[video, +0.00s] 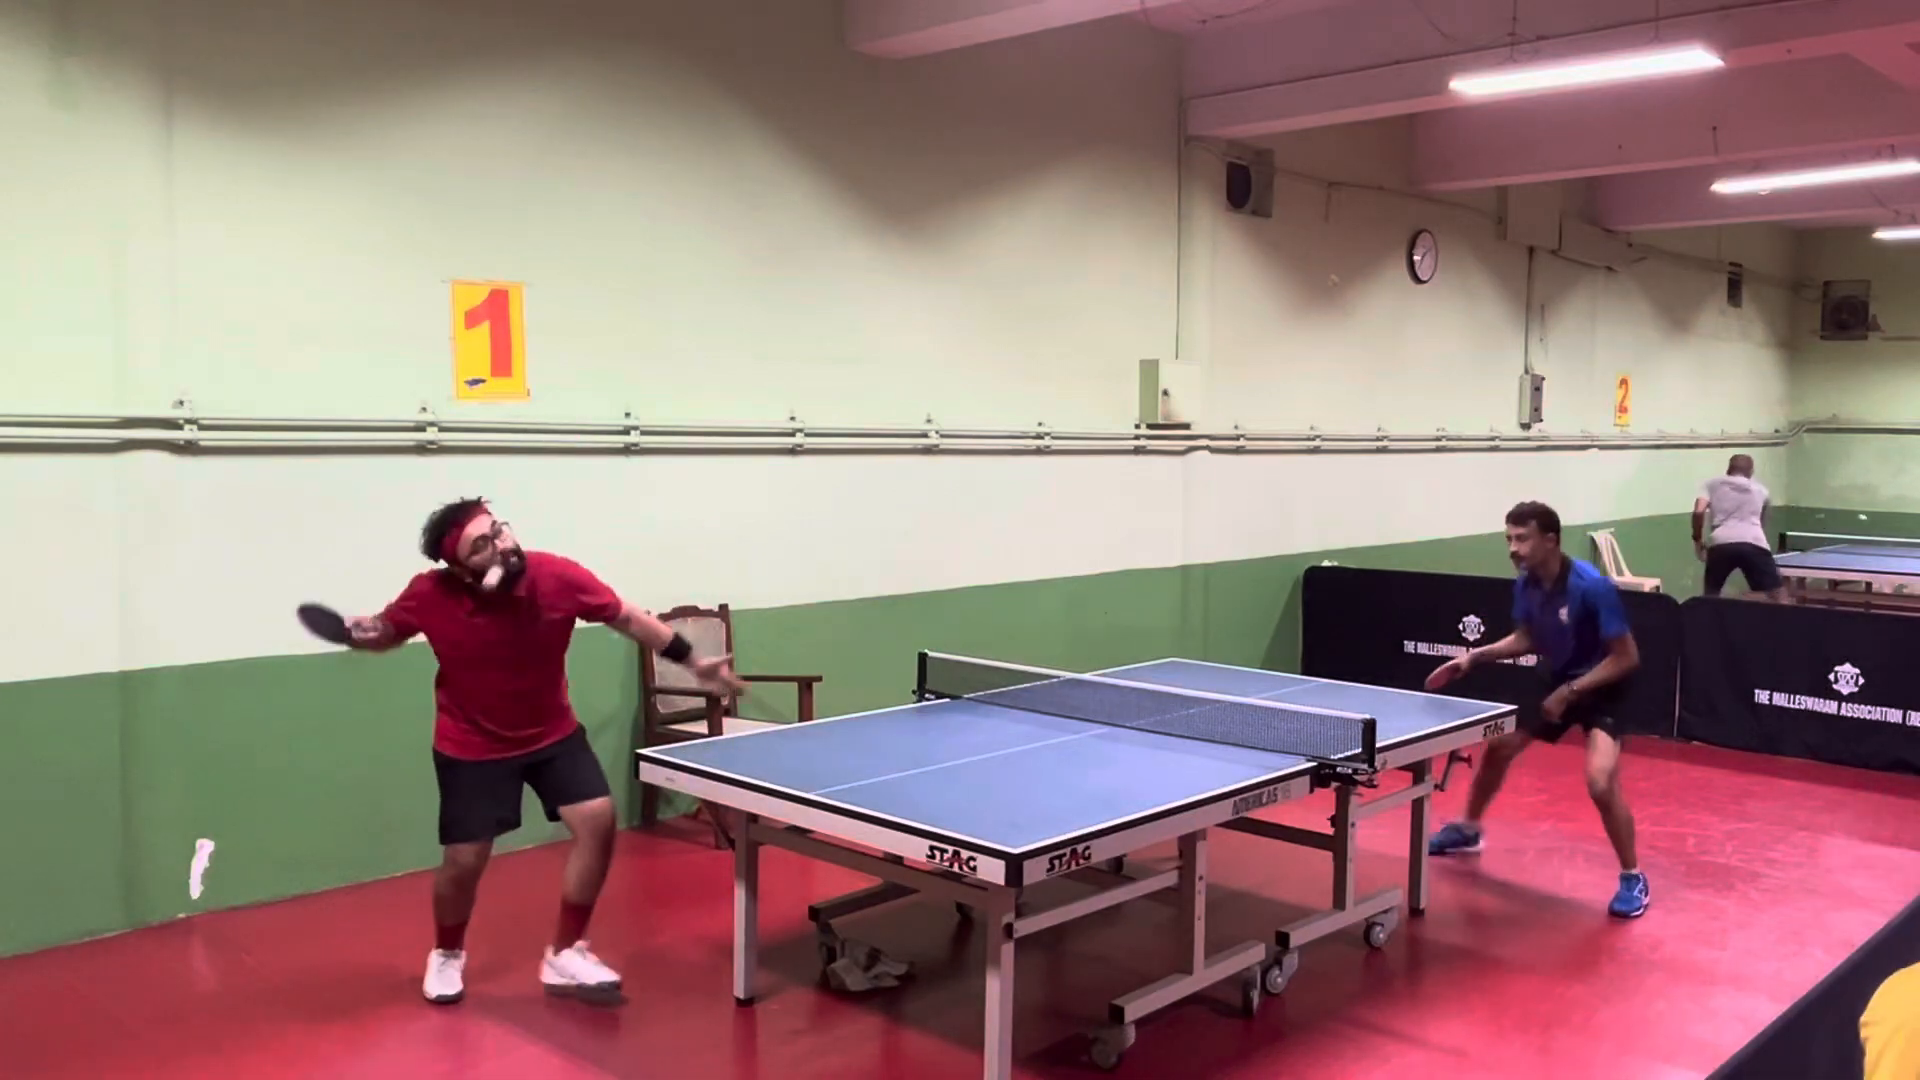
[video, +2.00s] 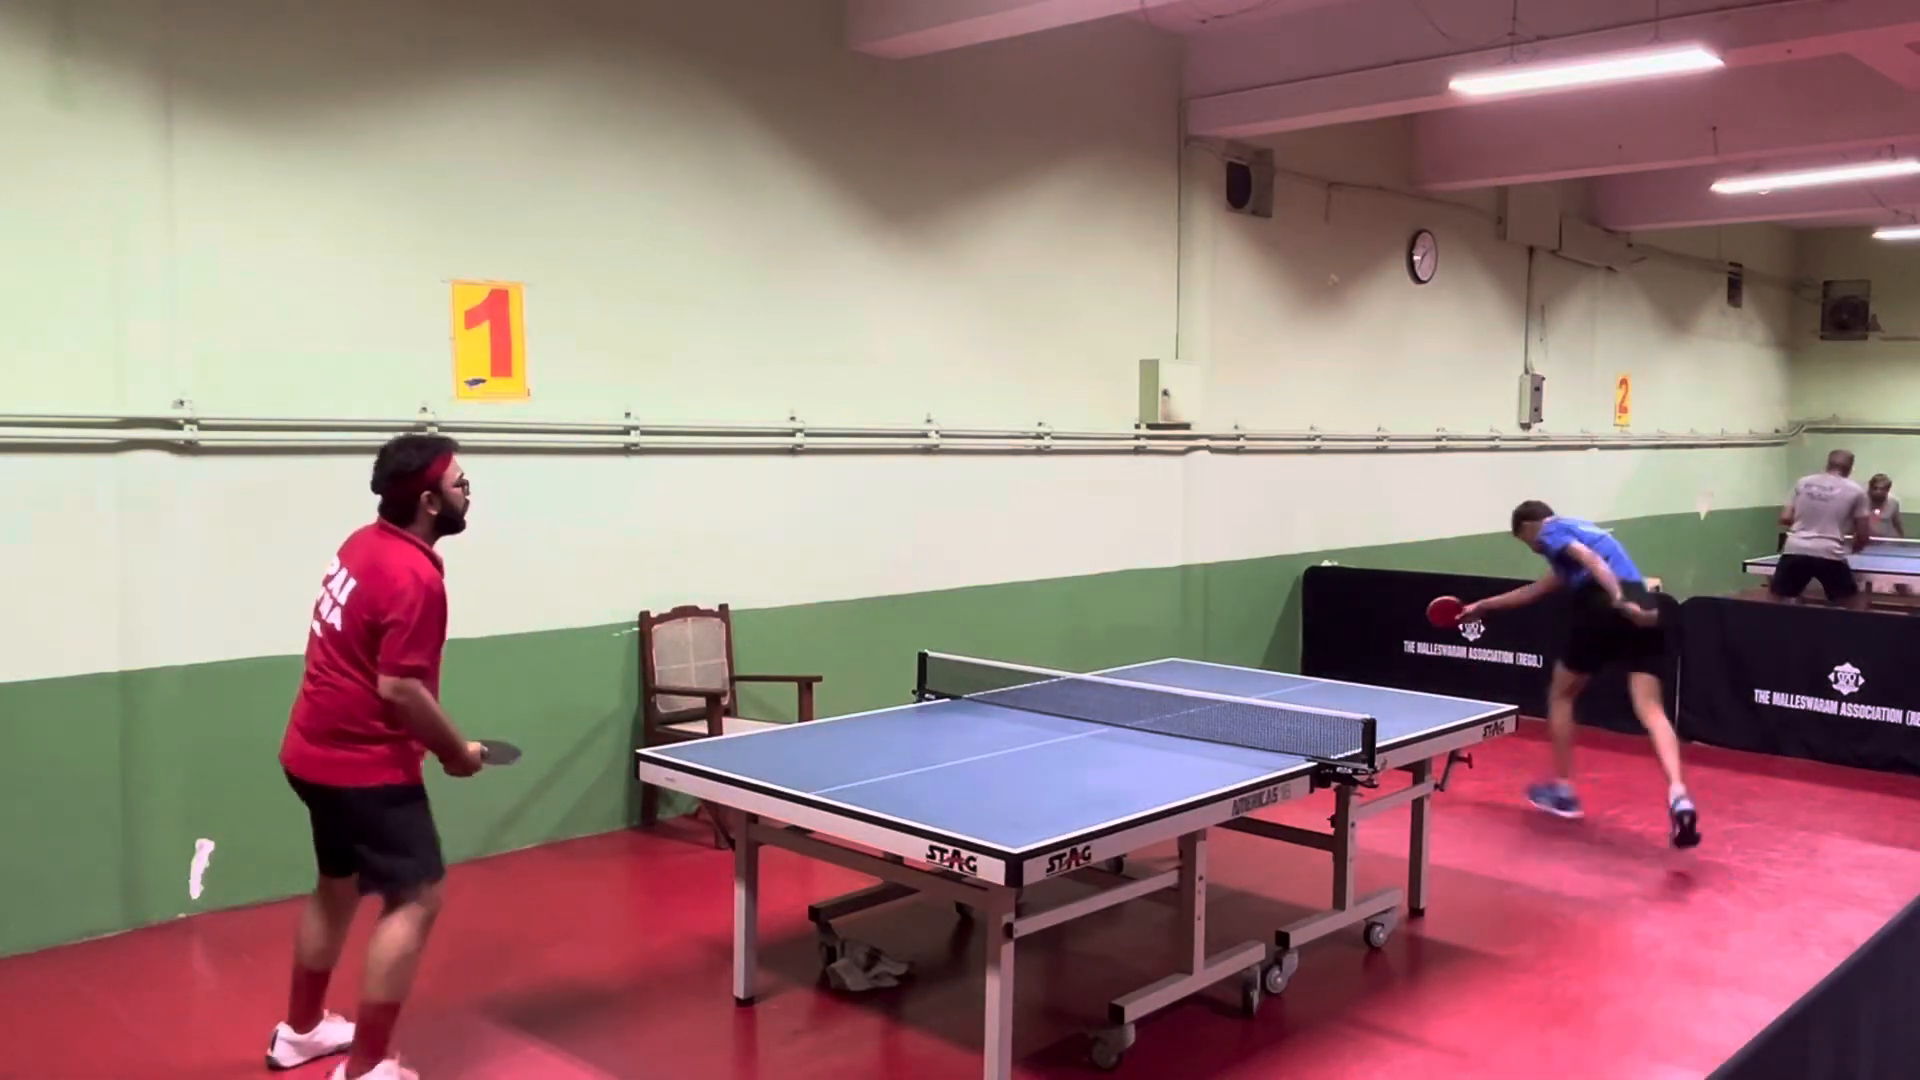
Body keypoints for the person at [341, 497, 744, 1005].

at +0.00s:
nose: (502, 544)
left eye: (499, 530)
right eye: (483, 545)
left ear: (507, 525)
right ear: (459, 567)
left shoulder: (557, 578)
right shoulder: (431, 597)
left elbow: (628, 619)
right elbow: (389, 630)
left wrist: (694, 661)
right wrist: (362, 632)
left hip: (551, 730)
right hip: (471, 741)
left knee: (597, 819)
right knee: (464, 859)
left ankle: (565, 953)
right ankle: (447, 955)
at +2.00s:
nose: (469, 491)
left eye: (464, 480)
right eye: (458, 484)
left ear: (408, 497)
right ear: (424, 498)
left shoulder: (364, 543)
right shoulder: (414, 577)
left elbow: (356, 653)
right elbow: (398, 687)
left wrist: (421, 728)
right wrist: (455, 750)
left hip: (315, 753)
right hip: (364, 765)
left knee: (337, 886)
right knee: (417, 895)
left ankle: (300, 1029)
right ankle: (367, 1065)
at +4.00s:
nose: (241, 583)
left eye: (253, 558)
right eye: (236, 564)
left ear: (320, 541)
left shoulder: (424, 650)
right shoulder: (297, 646)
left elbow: (514, 794)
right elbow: (293, 792)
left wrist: (444, 935)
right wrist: (240, 890)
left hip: (367, 990)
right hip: (286, 985)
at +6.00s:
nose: (503, 491)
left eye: (497, 480)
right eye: (492, 484)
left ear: (433, 501)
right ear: (460, 505)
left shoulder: (370, 562)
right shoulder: (467, 595)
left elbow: (336, 659)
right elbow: (471, 721)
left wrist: (339, 751)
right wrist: (513, 825)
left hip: (379, 803)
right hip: (439, 816)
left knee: (424, 917)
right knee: (457, 958)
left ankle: (331, 1053)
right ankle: (467, 1073)